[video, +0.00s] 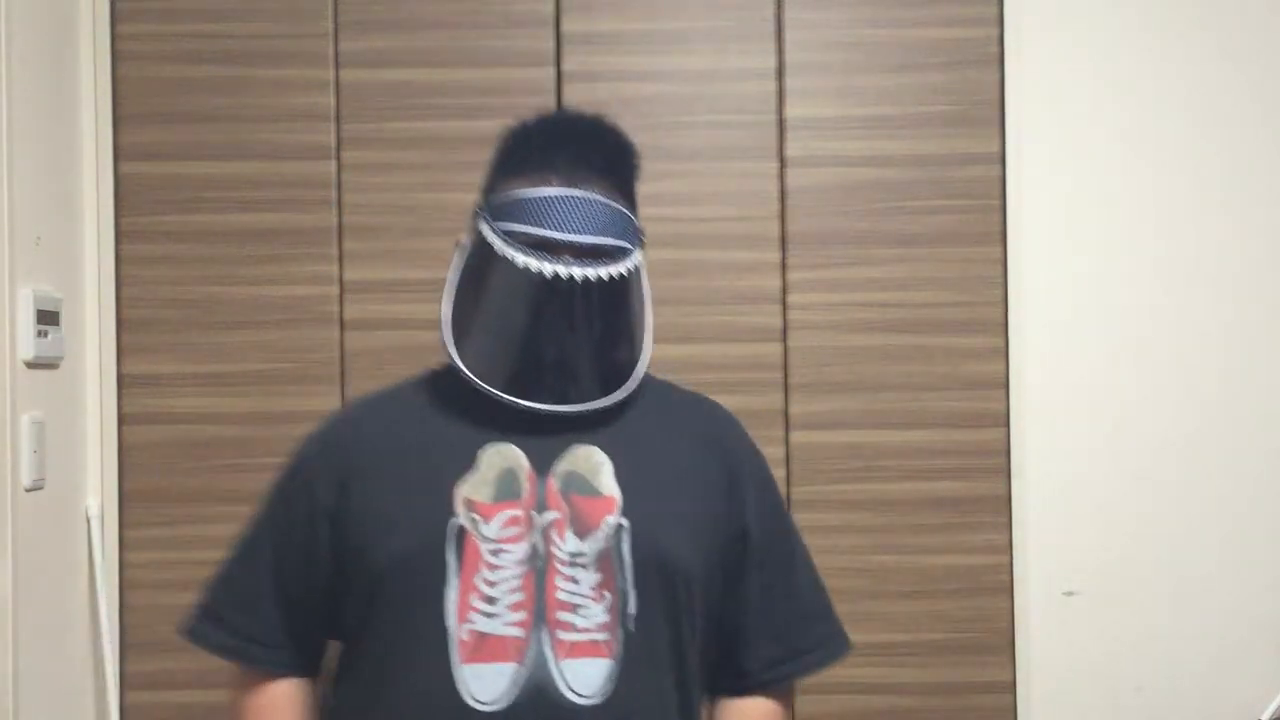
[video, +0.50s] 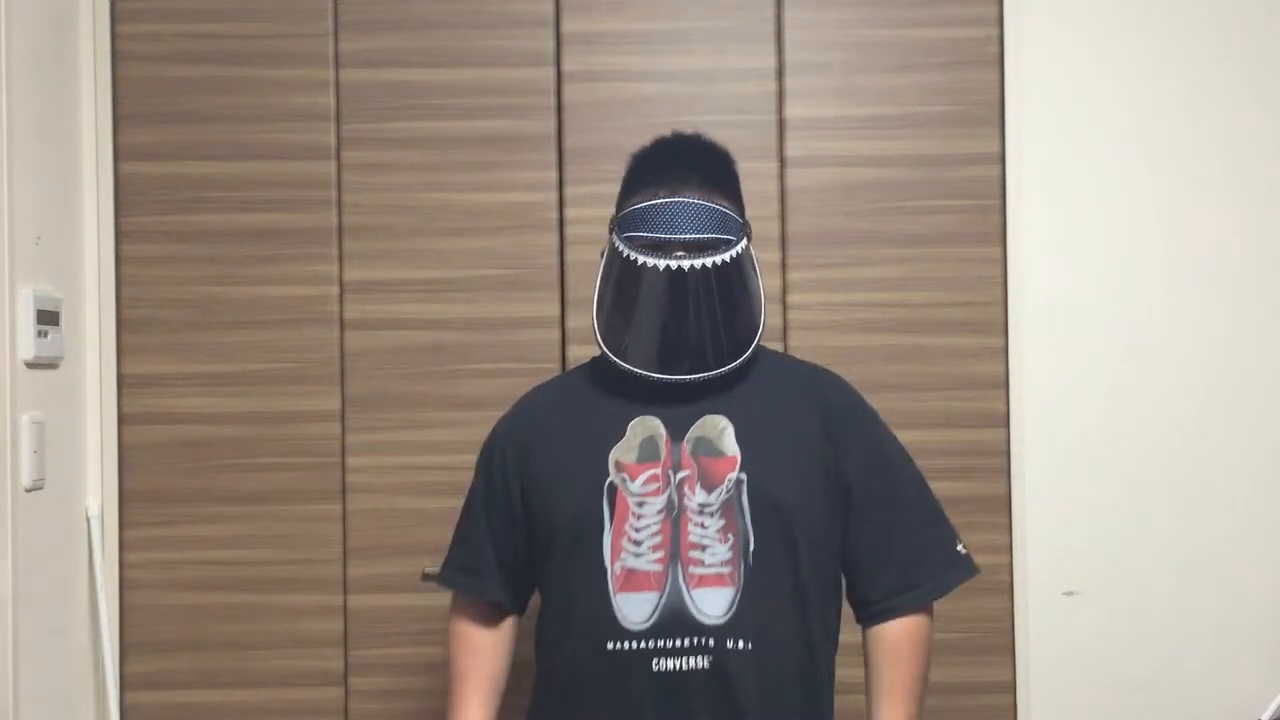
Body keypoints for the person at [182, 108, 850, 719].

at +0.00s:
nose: (557, 286)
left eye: (587, 258)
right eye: (531, 253)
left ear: (629, 263)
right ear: (479, 251)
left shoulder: (711, 452)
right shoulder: (356, 452)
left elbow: (753, 689)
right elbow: (273, 672)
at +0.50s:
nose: (680, 281)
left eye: (701, 257)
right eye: (658, 257)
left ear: (736, 259)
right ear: (620, 259)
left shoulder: (824, 416)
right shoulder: (538, 428)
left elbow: (899, 600)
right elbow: (483, 608)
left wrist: (889, 712)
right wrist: (471, 712)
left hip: (774, 705)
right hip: (589, 706)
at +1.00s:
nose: (628, 299)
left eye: (651, 279)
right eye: (606, 278)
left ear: (685, 281)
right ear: (572, 275)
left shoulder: (752, 427)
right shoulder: (492, 426)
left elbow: (802, 588)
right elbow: (429, 551)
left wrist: (783, 710)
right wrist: (481, 644)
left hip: (708, 705)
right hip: (549, 708)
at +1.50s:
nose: (586, 307)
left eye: (608, 287)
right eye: (564, 286)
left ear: (642, 287)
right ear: (533, 283)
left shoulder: (707, 422)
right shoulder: (462, 424)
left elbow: (752, 569)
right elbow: (396, 548)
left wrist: (716, 694)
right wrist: (458, 581)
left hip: (661, 705)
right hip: (508, 702)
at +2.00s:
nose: (492, 327)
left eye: (514, 304)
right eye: (471, 303)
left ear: (550, 301)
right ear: (443, 298)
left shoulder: (612, 422)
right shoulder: (375, 424)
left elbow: (693, 546)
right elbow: (267, 521)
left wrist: (561, 586)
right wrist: (266, 443)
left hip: (578, 700)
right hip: (418, 700)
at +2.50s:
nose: (382, 306)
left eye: (404, 284)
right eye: (360, 283)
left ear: (442, 290)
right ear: (329, 284)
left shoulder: (491, 403)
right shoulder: (257, 401)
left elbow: (533, 504)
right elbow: (109, 421)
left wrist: (392, 425)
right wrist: (98, 306)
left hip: (441, 703)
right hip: (267, 703)